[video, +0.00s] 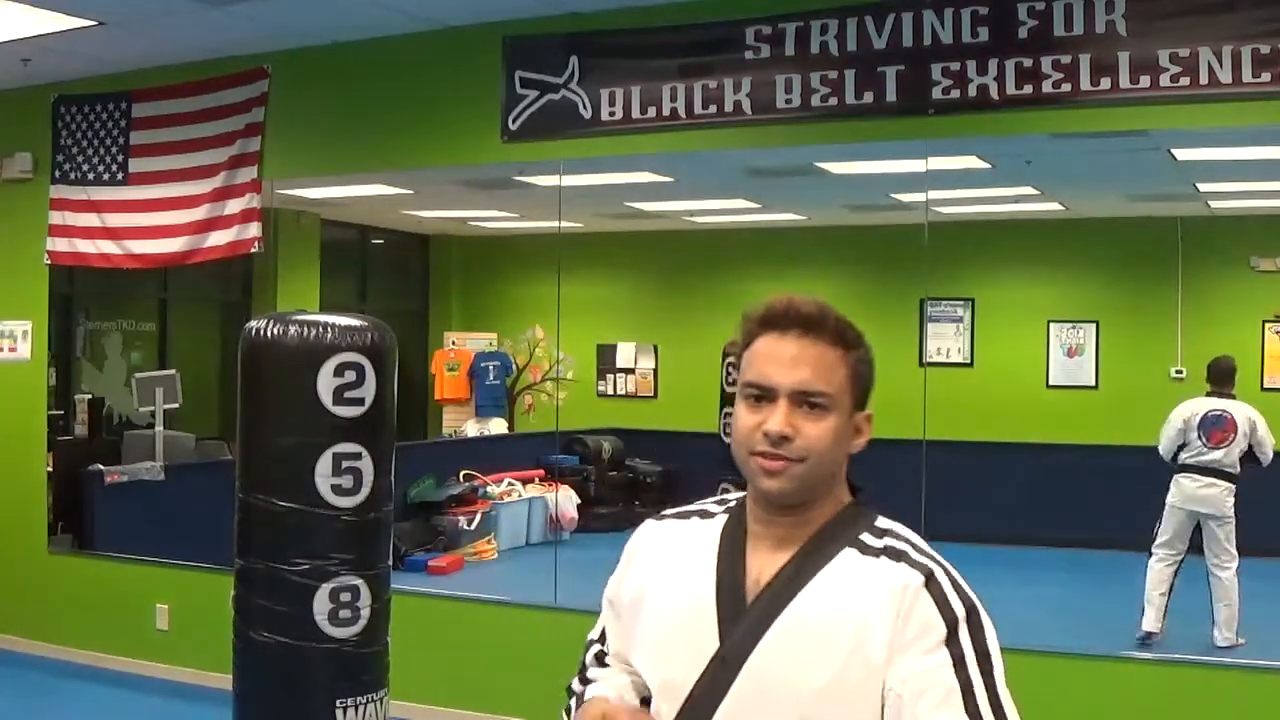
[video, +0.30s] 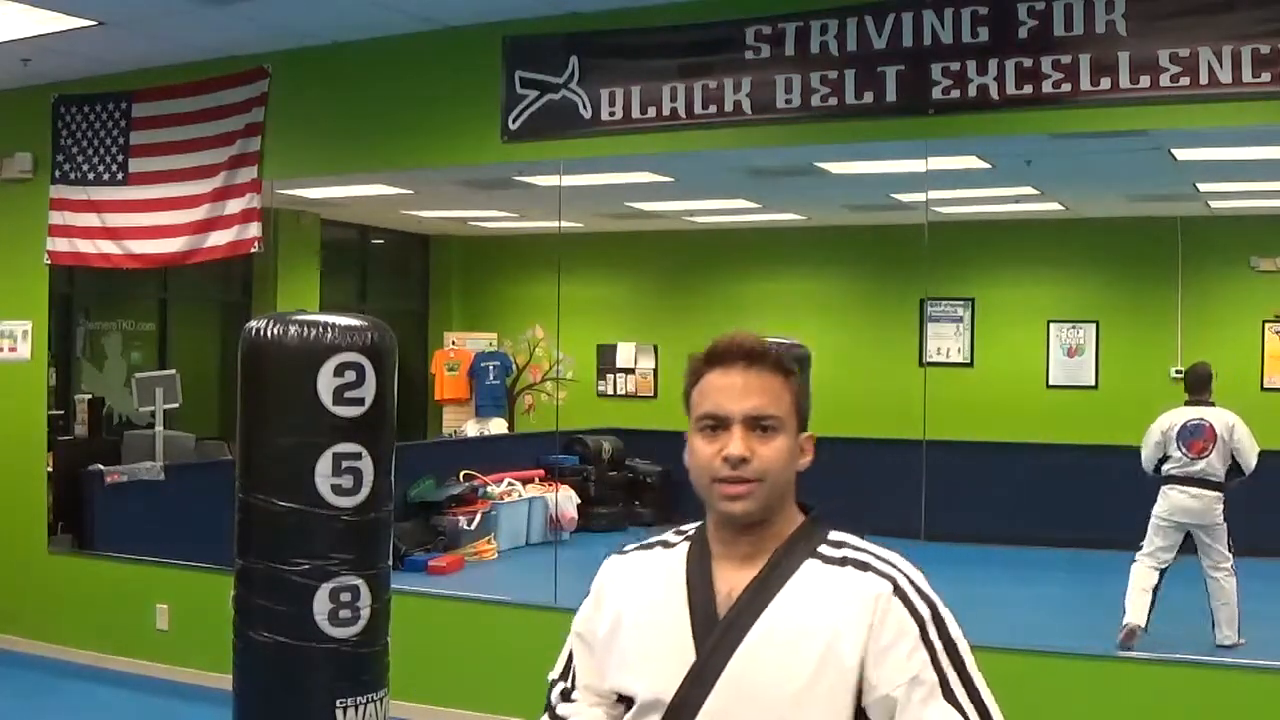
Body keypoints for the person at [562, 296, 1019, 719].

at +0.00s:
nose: (777, 426)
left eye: (811, 404)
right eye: (758, 398)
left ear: (859, 431)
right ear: (730, 415)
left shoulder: (919, 596)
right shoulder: (656, 547)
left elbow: (979, 715)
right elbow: (603, 682)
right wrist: (605, 707)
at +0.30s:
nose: (734, 452)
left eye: (761, 428)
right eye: (712, 429)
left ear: (803, 450)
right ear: (688, 448)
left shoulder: (882, 595)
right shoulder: (622, 581)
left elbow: (965, 717)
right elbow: (571, 708)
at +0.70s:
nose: (644, 353)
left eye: (665, 336)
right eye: (626, 338)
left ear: (701, 356)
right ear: (605, 358)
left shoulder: (772, 459)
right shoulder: (562, 473)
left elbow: (852, 581)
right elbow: (515, 586)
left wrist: (747, 640)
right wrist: (541, 625)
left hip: (740, 709)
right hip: (614, 709)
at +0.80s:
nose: (643, 353)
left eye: (664, 336)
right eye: (625, 337)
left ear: (700, 359)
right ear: (604, 360)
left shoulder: (765, 458)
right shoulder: (561, 473)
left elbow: (852, 574)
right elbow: (526, 582)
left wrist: (748, 621)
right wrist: (549, 623)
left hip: (735, 707)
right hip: (613, 708)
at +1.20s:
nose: (680, 340)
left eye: (702, 326)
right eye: (665, 324)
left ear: (735, 352)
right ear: (646, 342)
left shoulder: (788, 442)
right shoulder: (594, 444)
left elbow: (866, 556)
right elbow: (555, 543)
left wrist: (760, 608)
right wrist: (573, 583)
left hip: (743, 705)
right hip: (628, 703)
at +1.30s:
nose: (696, 366)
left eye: (718, 352)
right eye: (681, 349)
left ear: (749, 375)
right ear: (659, 365)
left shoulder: (801, 474)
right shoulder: (602, 476)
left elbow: (874, 589)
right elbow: (558, 581)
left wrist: (780, 628)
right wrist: (580, 619)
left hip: (759, 707)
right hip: (640, 708)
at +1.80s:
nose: (674, 394)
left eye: (691, 379)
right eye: (656, 379)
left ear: (718, 395)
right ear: (635, 394)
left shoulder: (780, 495)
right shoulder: (583, 503)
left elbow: (850, 605)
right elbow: (529, 616)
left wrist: (777, 614)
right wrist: (562, 632)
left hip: (740, 712)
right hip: (621, 711)